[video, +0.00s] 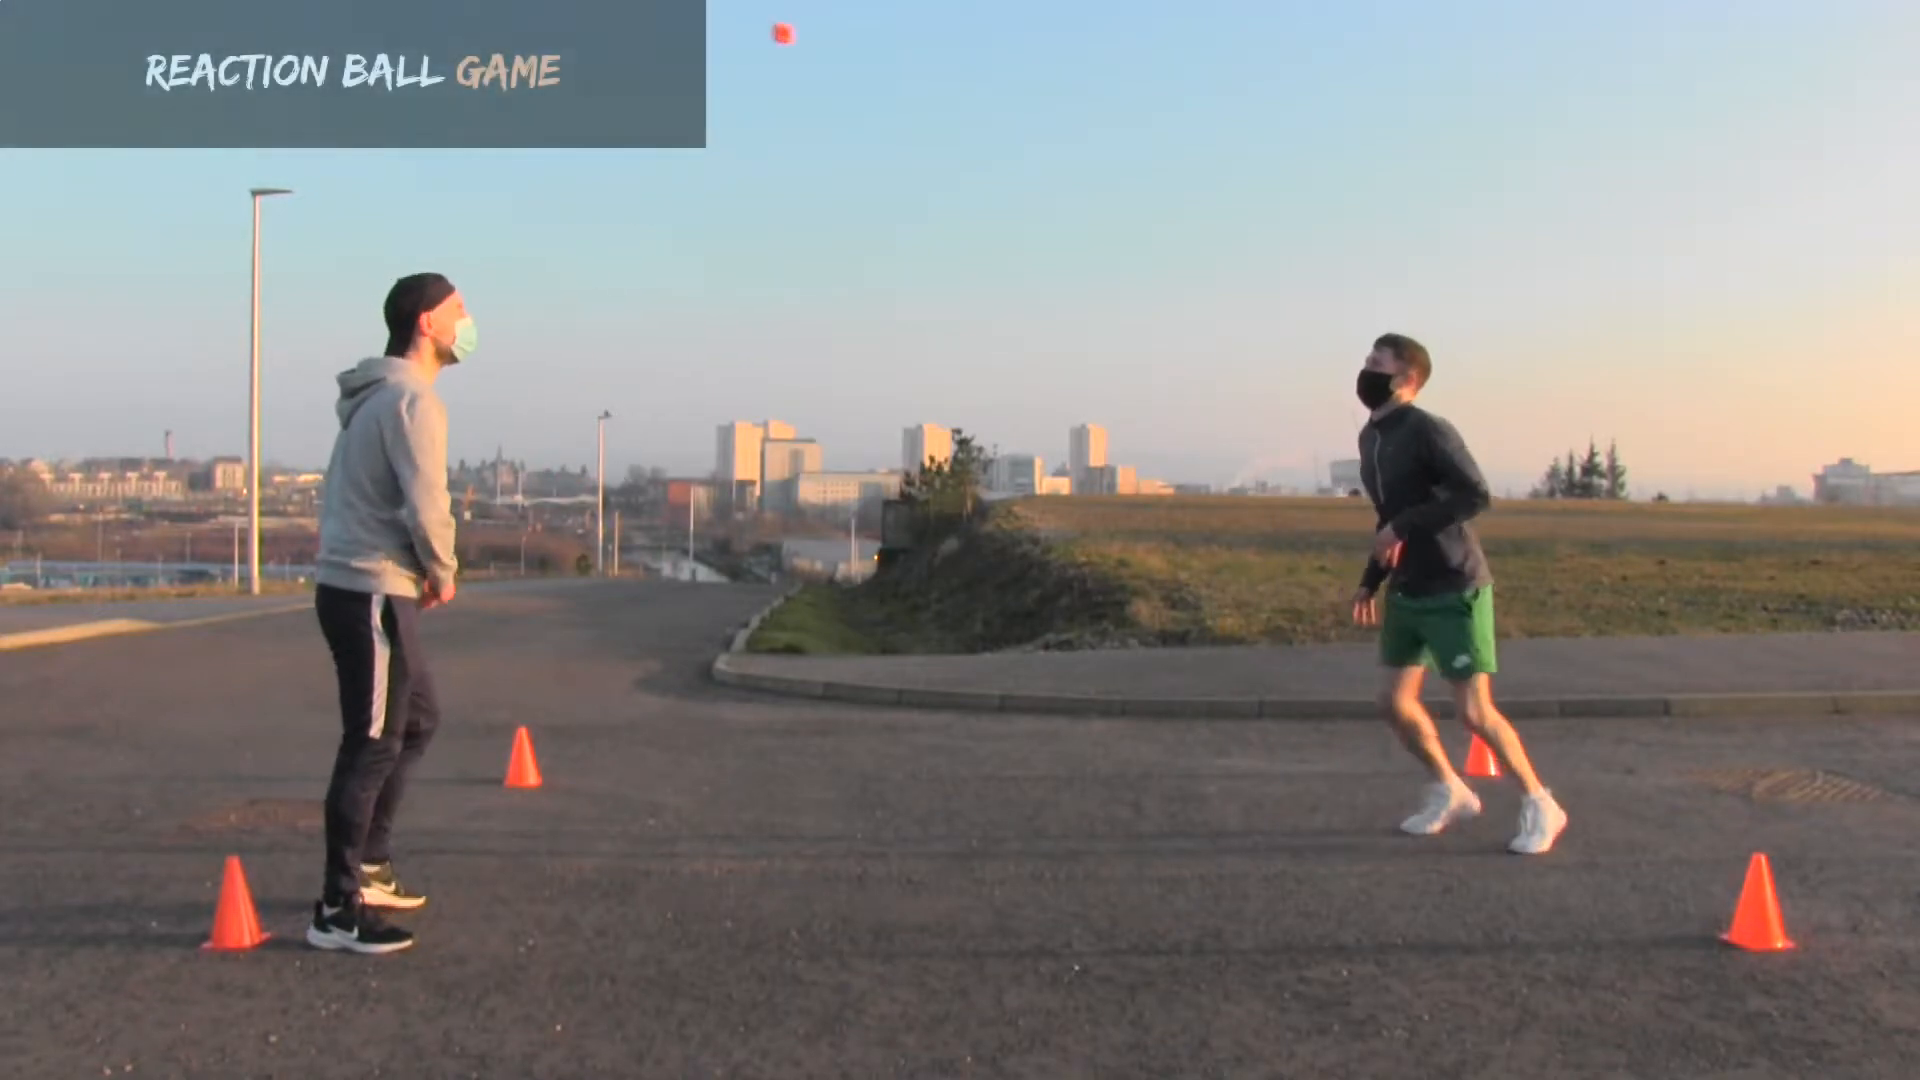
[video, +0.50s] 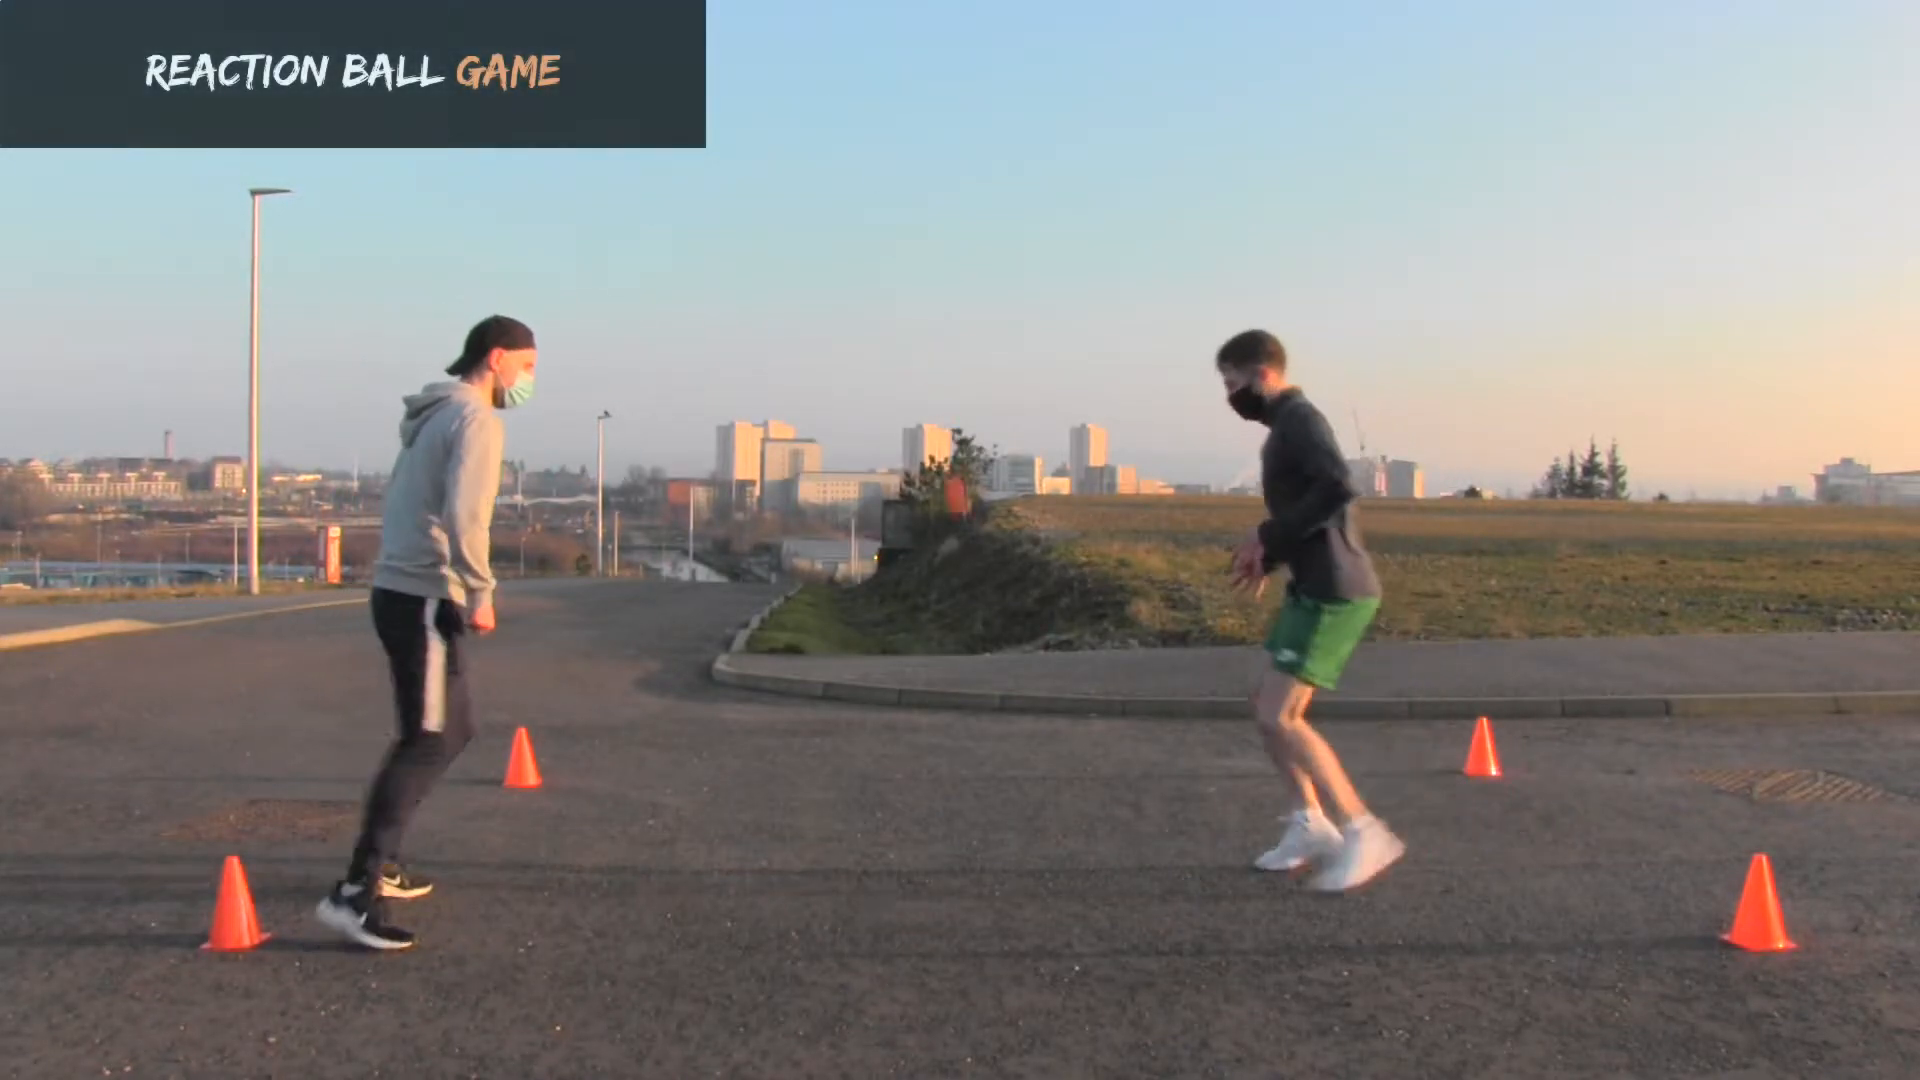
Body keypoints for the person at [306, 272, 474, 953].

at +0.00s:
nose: (468, 326)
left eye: (464, 313)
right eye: (459, 314)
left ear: (416, 325)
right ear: (427, 324)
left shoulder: (380, 393)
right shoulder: (414, 400)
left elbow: (388, 500)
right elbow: (426, 502)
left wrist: (427, 567)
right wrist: (443, 566)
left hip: (369, 588)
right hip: (367, 591)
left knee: (417, 721)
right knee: (372, 739)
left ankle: (366, 862)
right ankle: (337, 908)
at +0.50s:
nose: (530, 379)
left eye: (532, 367)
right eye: (527, 366)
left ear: (489, 358)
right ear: (496, 358)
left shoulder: (444, 411)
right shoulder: (478, 419)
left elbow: (425, 508)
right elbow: (464, 513)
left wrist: (455, 586)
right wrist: (481, 589)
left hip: (412, 591)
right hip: (419, 595)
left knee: (452, 727)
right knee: (426, 736)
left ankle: (378, 865)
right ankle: (356, 892)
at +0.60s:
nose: (541, 391)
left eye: (543, 381)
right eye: (538, 379)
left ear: (500, 369)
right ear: (506, 369)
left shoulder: (457, 419)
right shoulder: (492, 426)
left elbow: (458, 525)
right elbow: (471, 513)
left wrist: (522, 560)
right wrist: (472, 592)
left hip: (410, 597)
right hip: (434, 601)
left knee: (441, 736)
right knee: (479, 740)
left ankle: (380, 863)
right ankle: (389, 867)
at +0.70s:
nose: (568, 384)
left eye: (571, 374)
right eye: (565, 372)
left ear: (530, 362)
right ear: (532, 361)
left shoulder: (494, 408)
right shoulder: (510, 411)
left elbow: (502, 515)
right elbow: (480, 492)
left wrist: (571, 526)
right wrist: (474, 571)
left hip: (443, 587)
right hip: (481, 589)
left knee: (440, 724)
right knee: (535, 712)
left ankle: (377, 854)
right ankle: (464, 836)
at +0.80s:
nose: (605, 366)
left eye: (607, 356)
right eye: (599, 355)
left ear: (565, 351)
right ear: (569, 350)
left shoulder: (535, 397)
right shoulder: (549, 401)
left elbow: (535, 487)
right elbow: (513, 481)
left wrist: (585, 504)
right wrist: (514, 557)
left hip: (486, 568)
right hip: (524, 574)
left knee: (475, 696)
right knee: (551, 698)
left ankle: (402, 814)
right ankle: (523, 808)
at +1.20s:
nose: (722, 361)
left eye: (723, 352)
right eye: (715, 352)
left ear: (684, 355)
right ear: (684, 353)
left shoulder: (654, 402)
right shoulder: (688, 408)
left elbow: (622, 453)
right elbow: (687, 493)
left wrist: (668, 487)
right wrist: (715, 540)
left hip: (644, 552)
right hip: (659, 556)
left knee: (675, 667)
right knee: (637, 676)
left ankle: (687, 782)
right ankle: (561, 792)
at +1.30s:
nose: (741, 375)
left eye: (743, 367)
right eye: (734, 366)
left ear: (710, 370)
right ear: (705, 367)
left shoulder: (694, 414)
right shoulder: (706, 418)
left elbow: (683, 496)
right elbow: (699, 501)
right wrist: (738, 541)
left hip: (683, 562)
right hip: (682, 564)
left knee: (715, 670)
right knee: (686, 682)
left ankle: (703, 785)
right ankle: (589, 779)